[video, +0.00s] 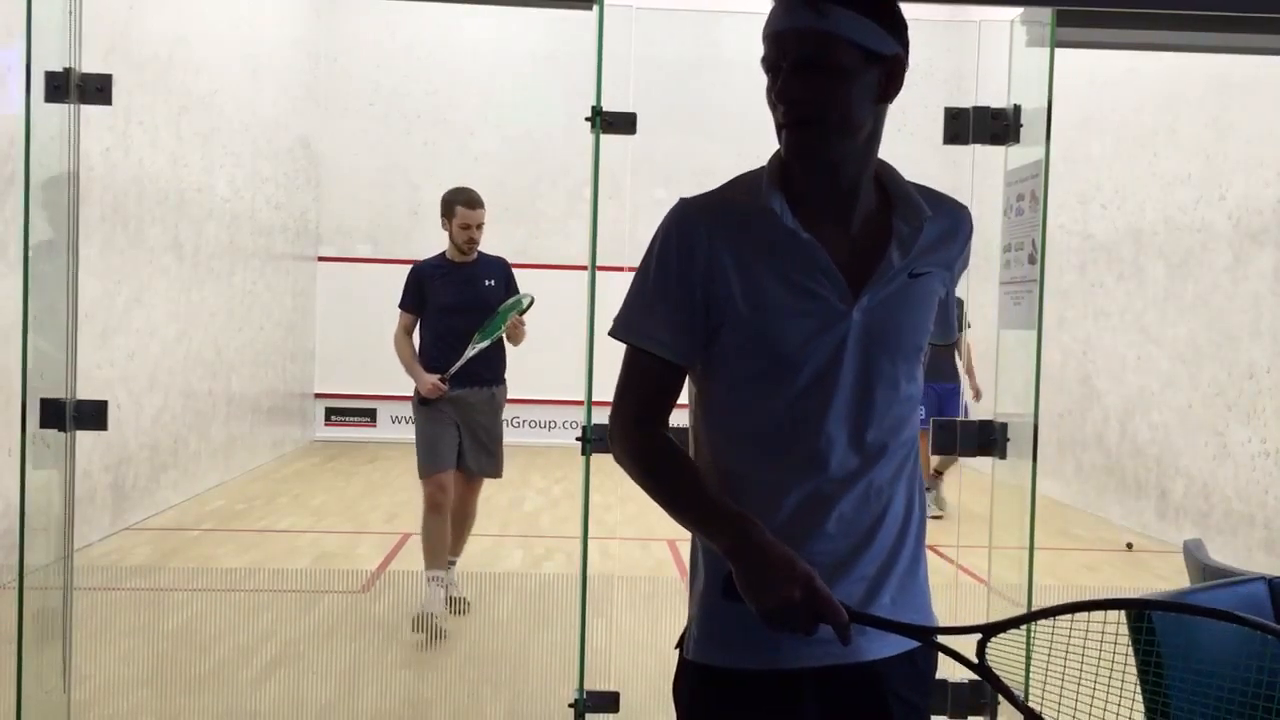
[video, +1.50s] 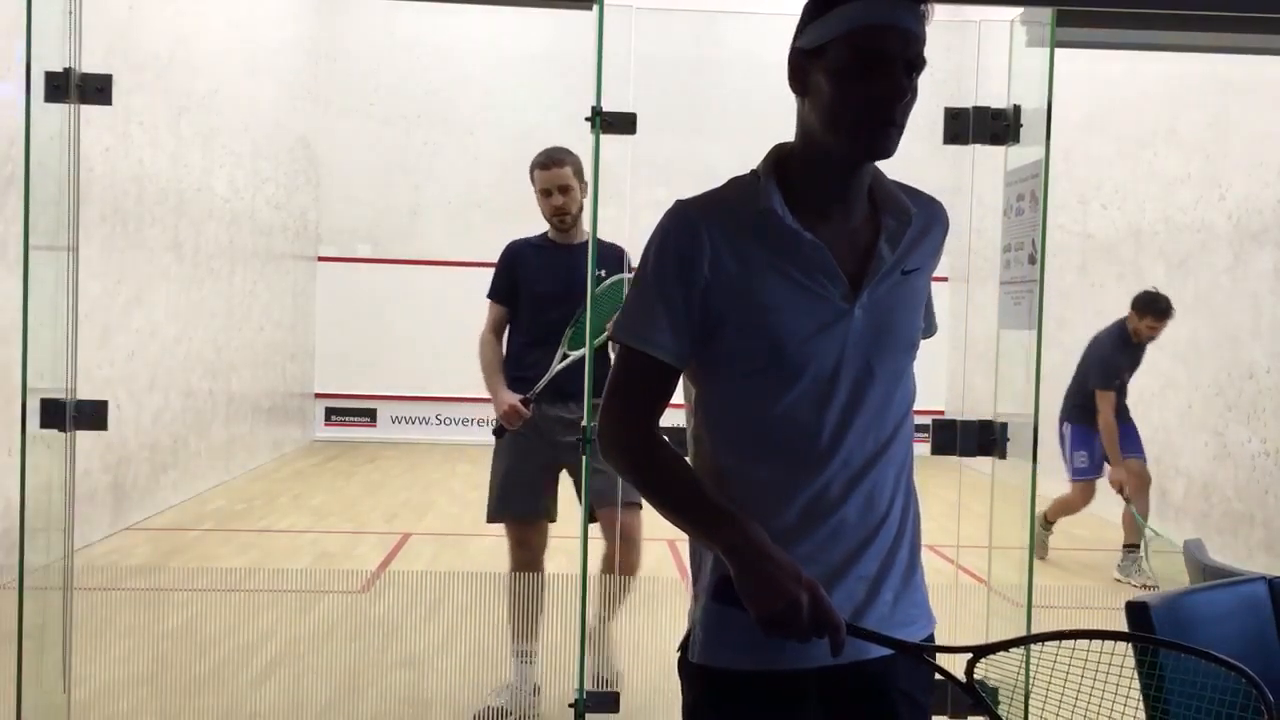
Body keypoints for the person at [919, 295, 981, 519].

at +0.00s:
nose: (942, 281)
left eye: (946, 276)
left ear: (952, 277)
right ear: (924, 279)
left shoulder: (956, 304)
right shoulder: (916, 303)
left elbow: (961, 341)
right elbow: (909, 342)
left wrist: (972, 379)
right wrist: (908, 377)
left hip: (951, 382)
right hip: (924, 381)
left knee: (960, 440)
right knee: (923, 434)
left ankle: (935, 476)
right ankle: (927, 490)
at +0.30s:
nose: (989, 285)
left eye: (992, 280)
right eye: (984, 280)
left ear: (994, 281)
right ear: (969, 278)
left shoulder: (993, 311)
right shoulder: (950, 309)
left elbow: (996, 349)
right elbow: (933, 353)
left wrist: (1000, 386)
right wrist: (940, 390)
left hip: (982, 389)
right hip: (953, 389)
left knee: (987, 450)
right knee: (941, 446)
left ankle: (988, 511)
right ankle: (930, 495)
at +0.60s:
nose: (1015, 280)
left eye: (1019, 274)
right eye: (1011, 273)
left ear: (1024, 278)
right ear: (1001, 275)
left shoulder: (1023, 307)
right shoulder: (977, 306)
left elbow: (1033, 351)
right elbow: (957, 346)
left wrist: (1045, 386)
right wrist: (964, 386)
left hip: (1013, 389)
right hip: (984, 388)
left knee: (1004, 452)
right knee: (987, 449)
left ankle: (992, 512)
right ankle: (982, 513)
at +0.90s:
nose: (1053, 286)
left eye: (1056, 280)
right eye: (1048, 280)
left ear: (1058, 280)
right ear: (1032, 278)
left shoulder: (1058, 310)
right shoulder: (1007, 309)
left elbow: (1071, 349)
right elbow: (973, 353)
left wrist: (1099, 369)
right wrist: (974, 395)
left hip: (1045, 398)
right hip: (1014, 398)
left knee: (1040, 465)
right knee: (1020, 464)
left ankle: (1003, 501)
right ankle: (1024, 530)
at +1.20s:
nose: (1094, 293)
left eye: (1097, 288)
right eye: (1089, 287)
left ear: (1100, 286)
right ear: (1072, 281)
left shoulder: (1093, 310)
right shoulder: (1045, 314)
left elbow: (1086, 352)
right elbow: (1031, 369)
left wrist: (1079, 390)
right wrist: (1048, 412)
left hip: (1077, 401)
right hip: (1045, 403)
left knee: (1098, 462)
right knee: (1039, 469)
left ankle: (1088, 538)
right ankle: (1027, 533)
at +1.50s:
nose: (1156, 334)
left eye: (1160, 328)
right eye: (1151, 327)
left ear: (1164, 322)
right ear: (1133, 317)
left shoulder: (1137, 339)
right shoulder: (1108, 348)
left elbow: (1118, 381)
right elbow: (1105, 415)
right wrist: (1116, 465)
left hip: (1116, 412)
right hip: (1080, 419)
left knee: (1139, 480)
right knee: (1082, 496)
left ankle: (1130, 560)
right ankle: (1045, 520)